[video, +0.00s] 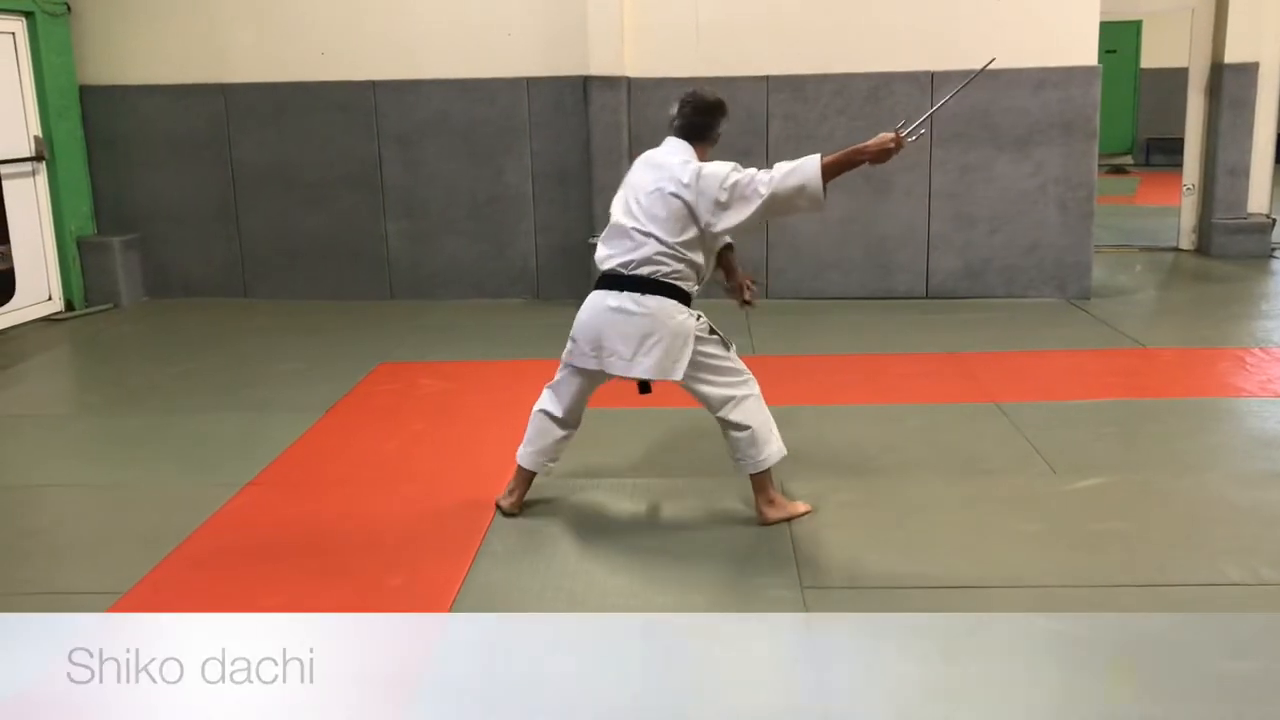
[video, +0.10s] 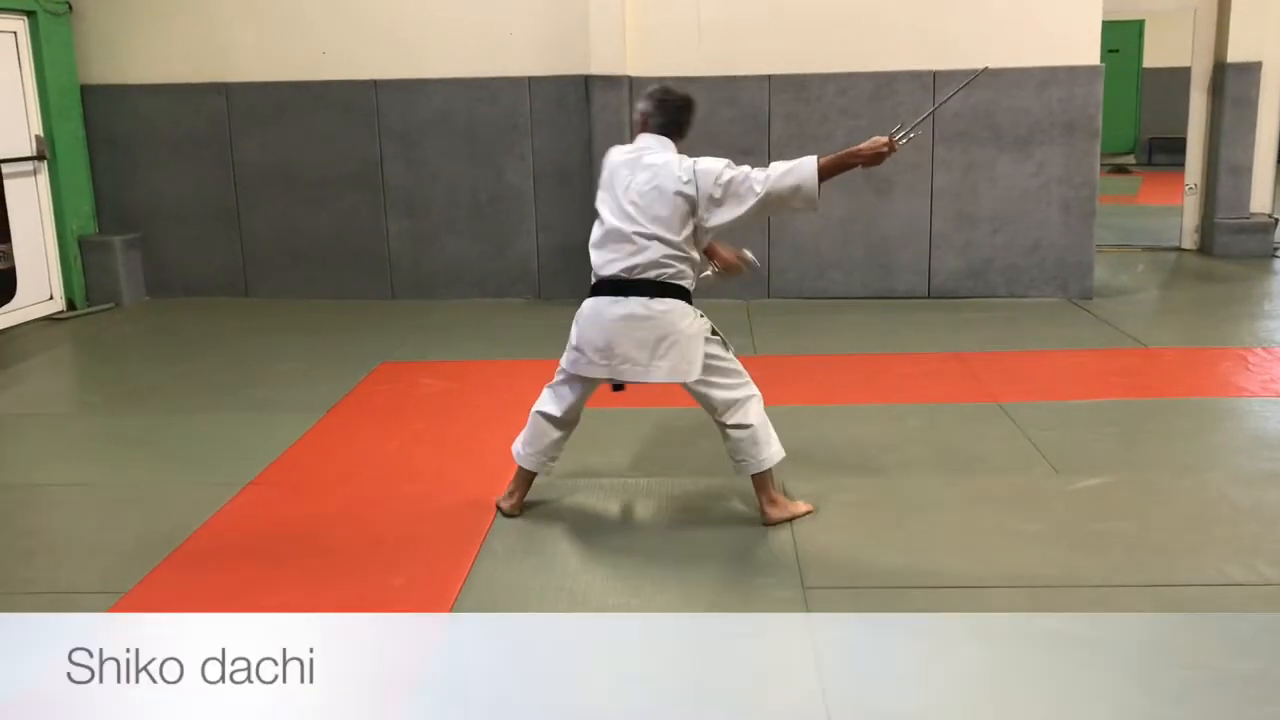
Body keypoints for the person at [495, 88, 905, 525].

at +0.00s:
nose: (717, 143)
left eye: (712, 136)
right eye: (716, 136)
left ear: (674, 126)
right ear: (712, 136)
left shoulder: (643, 165)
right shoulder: (707, 176)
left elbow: (694, 226)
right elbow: (784, 181)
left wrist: (731, 270)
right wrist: (863, 153)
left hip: (601, 305)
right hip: (665, 314)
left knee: (564, 393)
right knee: (736, 391)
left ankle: (514, 490)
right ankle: (768, 498)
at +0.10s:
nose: (631, 123)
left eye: (636, 117)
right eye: (636, 116)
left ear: (642, 122)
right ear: (682, 130)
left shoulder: (615, 161)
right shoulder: (695, 173)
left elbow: (656, 216)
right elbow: (774, 181)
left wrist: (710, 248)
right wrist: (855, 156)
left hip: (600, 313)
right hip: (668, 316)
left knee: (561, 396)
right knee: (735, 395)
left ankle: (514, 493)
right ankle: (771, 501)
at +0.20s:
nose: (606, 122)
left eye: (609, 114)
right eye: (608, 114)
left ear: (623, 119)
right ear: (658, 123)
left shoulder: (591, 160)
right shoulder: (692, 165)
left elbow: (562, 179)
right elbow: (773, 176)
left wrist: (604, 192)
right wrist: (854, 158)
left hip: (611, 317)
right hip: (680, 315)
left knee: (560, 397)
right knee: (745, 396)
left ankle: (514, 494)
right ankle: (777, 499)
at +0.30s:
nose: (605, 123)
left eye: (609, 114)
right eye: (608, 114)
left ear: (624, 120)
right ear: (658, 121)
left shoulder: (599, 166)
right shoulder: (702, 165)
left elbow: (527, 163)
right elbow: (778, 170)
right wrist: (855, 157)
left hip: (614, 319)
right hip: (685, 317)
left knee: (567, 398)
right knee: (755, 395)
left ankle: (516, 493)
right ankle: (783, 499)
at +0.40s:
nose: (608, 128)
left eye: (611, 119)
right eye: (611, 119)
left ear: (627, 120)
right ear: (661, 121)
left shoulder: (600, 170)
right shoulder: (703, 167)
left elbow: (528, 167)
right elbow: (780, 171)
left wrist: (463, 136)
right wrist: (856, 154)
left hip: (615, 321)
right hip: (685, 321)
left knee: (568, 396)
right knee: (758, 395)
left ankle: (517, 493)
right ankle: (784, 501)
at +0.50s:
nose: (609, 128)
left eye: (612, 119)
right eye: (611, 119)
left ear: (628, 121)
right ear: (662, 122)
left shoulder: (602, 171)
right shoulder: (705, 168)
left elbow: (527, 168)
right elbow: (781, 173)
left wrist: (462, 136)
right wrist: (858, 153)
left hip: (616, 322)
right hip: (687, 321)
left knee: (567, 396)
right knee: (758, 395)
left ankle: (518, 493)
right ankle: (785, 501)